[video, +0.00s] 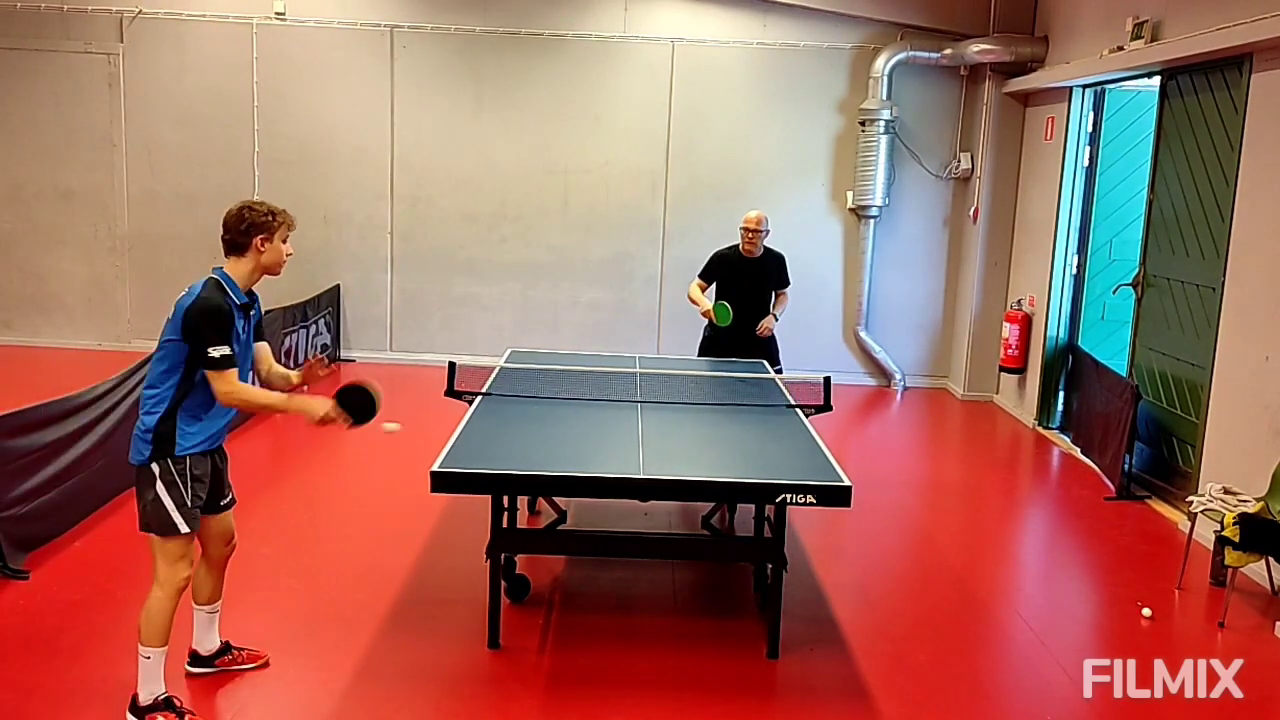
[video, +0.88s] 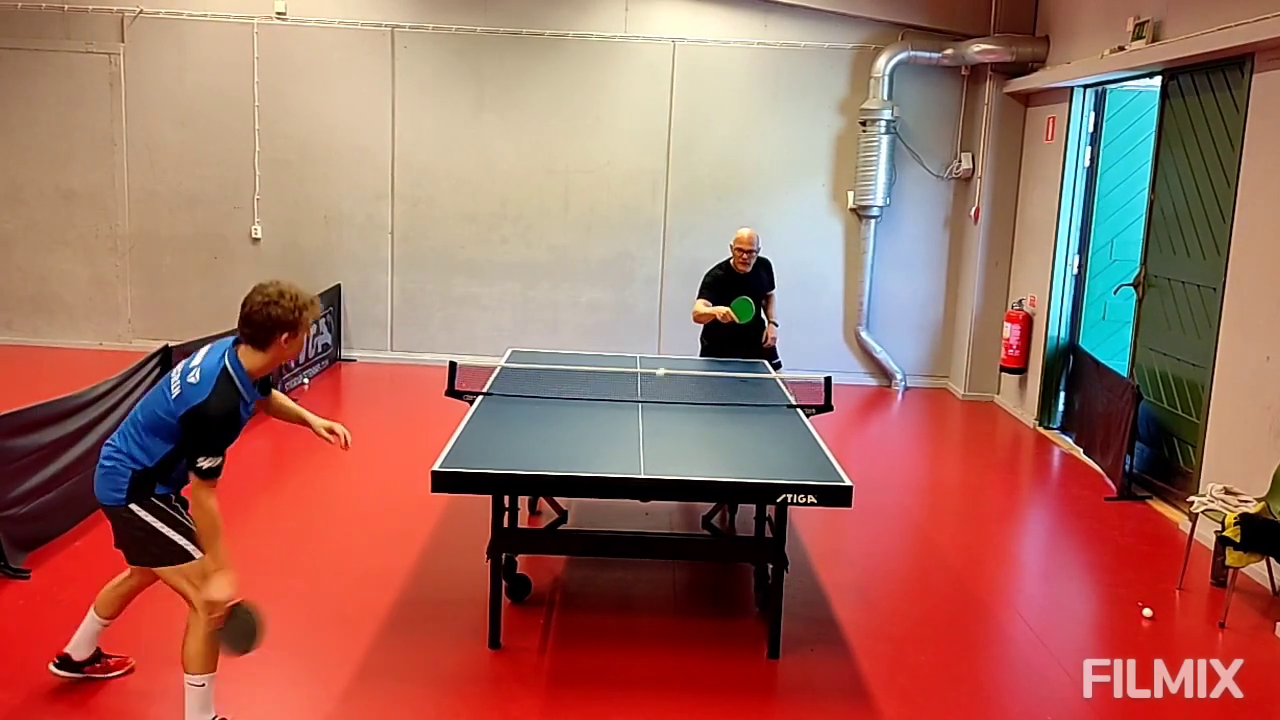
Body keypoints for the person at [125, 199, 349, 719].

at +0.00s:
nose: (290, 250)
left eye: (289, 241)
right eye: (286, 241)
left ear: (256, 244)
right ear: (260, 245)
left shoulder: (247, 299)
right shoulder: (211, 303)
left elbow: (263, 366)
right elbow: (227, 391)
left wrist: (294, 380)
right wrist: (304, 406)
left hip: (205, 444)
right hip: (167, 451)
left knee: (219, 544)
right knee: (174, 571)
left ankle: (207, 650)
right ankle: (148, 698)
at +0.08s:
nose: (290, 249)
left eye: (290, 240)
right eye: (286, 239)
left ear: (253, 242)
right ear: (262, 243)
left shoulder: (238, 296)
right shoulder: (221, 301)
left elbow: (227, 380)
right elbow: (265, 381)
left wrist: (281, 368)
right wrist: (342, 363)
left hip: (206, 444)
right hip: (171, 451)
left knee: (221, 543)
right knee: (176, 574)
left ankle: (207, 650)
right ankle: (145, 698)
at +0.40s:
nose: (281, 243)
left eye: (280, 234)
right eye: (278, 235)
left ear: (232, 241)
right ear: (258, 241)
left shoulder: (194, 290)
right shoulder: (247, 303)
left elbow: (165, 343)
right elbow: (311, 354)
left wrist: (234, 365)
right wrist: (344, 310)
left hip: (177, 454)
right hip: (198, 460)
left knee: (211, 563)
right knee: (213, 589)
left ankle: (207, 650)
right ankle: (171, 711)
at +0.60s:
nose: (288, 268)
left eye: (286, 259)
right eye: (285, 259)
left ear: (232, 263)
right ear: (269, 267)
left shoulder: (191, 305)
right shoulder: (252, 331)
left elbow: (149, 363)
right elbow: (298, 403)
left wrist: (215, 382)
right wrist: (344, 364)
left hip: (150, 471)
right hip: (187, 480)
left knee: (188, 563)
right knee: (231, 599)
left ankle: (195, 653)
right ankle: (202, 715)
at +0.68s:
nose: (293, 279)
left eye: (294, 270)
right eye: (292, 271)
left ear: (238, 271)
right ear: (277, 277)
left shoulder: (199, 310)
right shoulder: (250, 338)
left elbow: (181, 384)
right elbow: (282, 423)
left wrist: (263, 393)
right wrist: (345, 400)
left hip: (140, 467)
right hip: (175, 481)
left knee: (176, 561)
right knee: (225, 599)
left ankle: (170, 655)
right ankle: (202, 715)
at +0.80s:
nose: (306, 314)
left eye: (306, 305)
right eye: (304, 306)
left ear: (257, 302)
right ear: (285, 312)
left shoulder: (226, 331)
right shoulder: (234, 376)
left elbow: (237, 389)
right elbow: (233, 469)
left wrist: (292, 404)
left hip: (130, 464)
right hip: (143, 483)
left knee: (152, 563)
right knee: (210, 598)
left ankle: (107, 653)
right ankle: (201, 716)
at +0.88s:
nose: (304, 342)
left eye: (305, 333)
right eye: (303, 334)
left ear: (259, 328)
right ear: (284, 341)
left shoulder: (242, 353)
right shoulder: (219, 400)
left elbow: (264, 396)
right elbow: (203, 492)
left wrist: (311, 419)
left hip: (142, 473)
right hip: (132, 489)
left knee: (144, 571)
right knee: (208, 599)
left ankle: (77, 654)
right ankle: (200, 716)